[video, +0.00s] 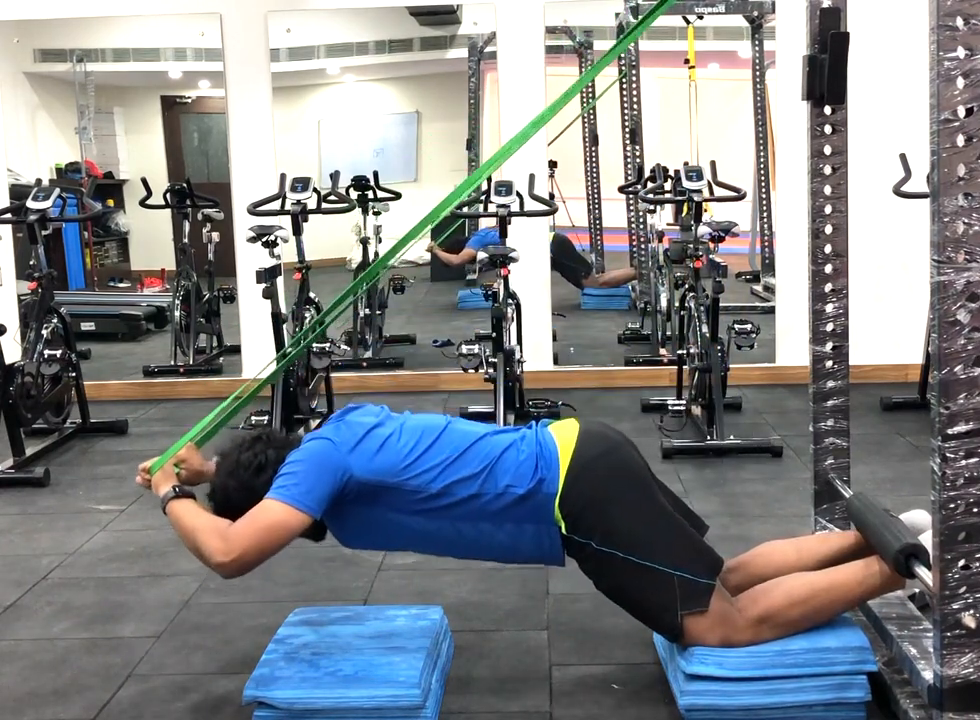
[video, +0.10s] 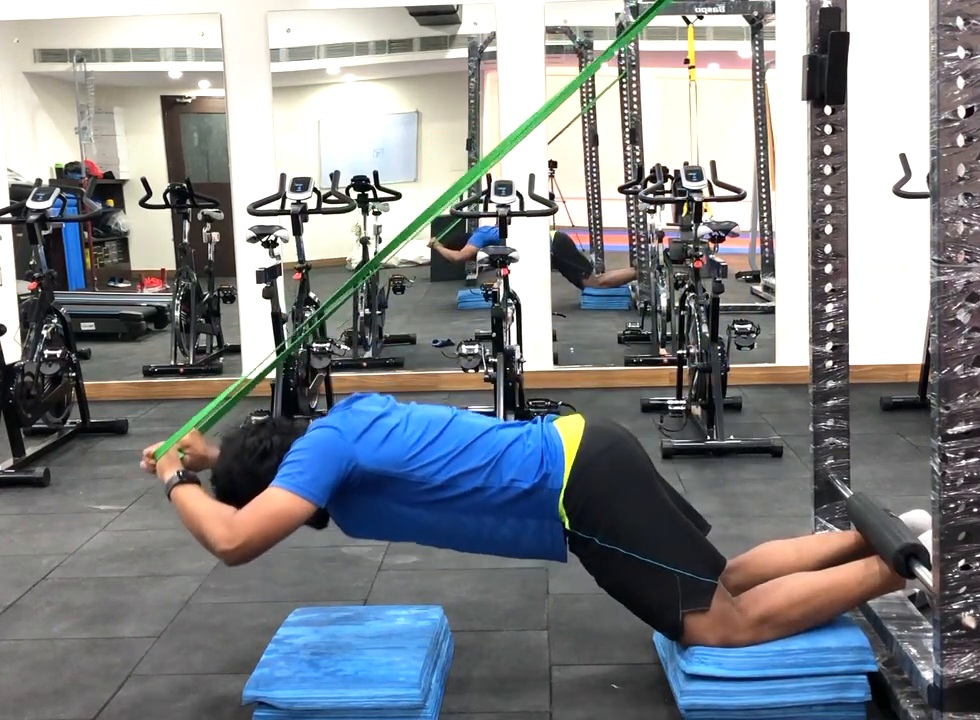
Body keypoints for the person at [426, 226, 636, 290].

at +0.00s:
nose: (460, 259)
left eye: (457, 256)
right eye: (458, 256)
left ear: (460, 249)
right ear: (463, 241)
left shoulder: (478, 238)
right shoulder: (484, 234)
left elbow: (456, 261)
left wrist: (434, 250)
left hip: (555, 245)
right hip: (553, 245)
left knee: (594, 282)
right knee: (591, 282)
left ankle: (641, 271)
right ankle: (640, 271)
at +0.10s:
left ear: (475, 227)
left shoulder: (484, 232)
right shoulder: (500, 229)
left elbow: (459, 257)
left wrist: (435, 245)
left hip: (556, 244)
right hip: (554, 244)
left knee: (594, 281)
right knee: (591, 281)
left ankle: (642, 270)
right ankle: (641, 270)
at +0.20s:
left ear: (482, 213)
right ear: (497, 208)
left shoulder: (486, 227)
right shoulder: (502, 223)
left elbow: (461, 252)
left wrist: (436, 241)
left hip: (558, 243)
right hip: (556, 245)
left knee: (593, 280)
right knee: (592, 281)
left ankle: (642, 270)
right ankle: (641, 270)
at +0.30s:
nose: (484, 202)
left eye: (487, 198)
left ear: (492, 202)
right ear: (507, 199)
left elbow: (463, 248)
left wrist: (440, 236)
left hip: (559, 243)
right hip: (558, 243)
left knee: (595, 280)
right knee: (592, 279)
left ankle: (643, 269)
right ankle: (642, 269)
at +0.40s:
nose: (483, 203)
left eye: (486, 199)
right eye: (485, 199)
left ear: (494, 200)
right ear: (505, 199)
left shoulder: (492, 217)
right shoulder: (507, 214)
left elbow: (466, 242)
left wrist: (443, 230)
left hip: (562, 241)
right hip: (560, 240)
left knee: (594, 281)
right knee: (592, 280)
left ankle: (642, 270)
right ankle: (640, 270)